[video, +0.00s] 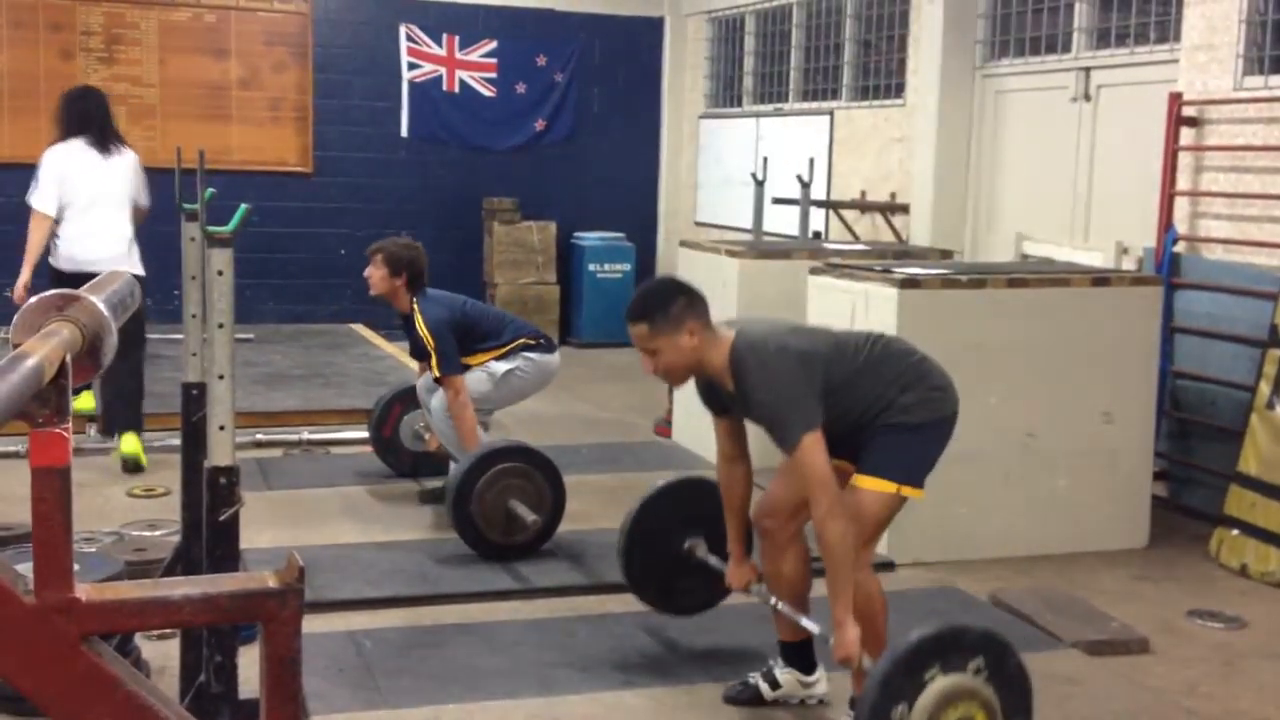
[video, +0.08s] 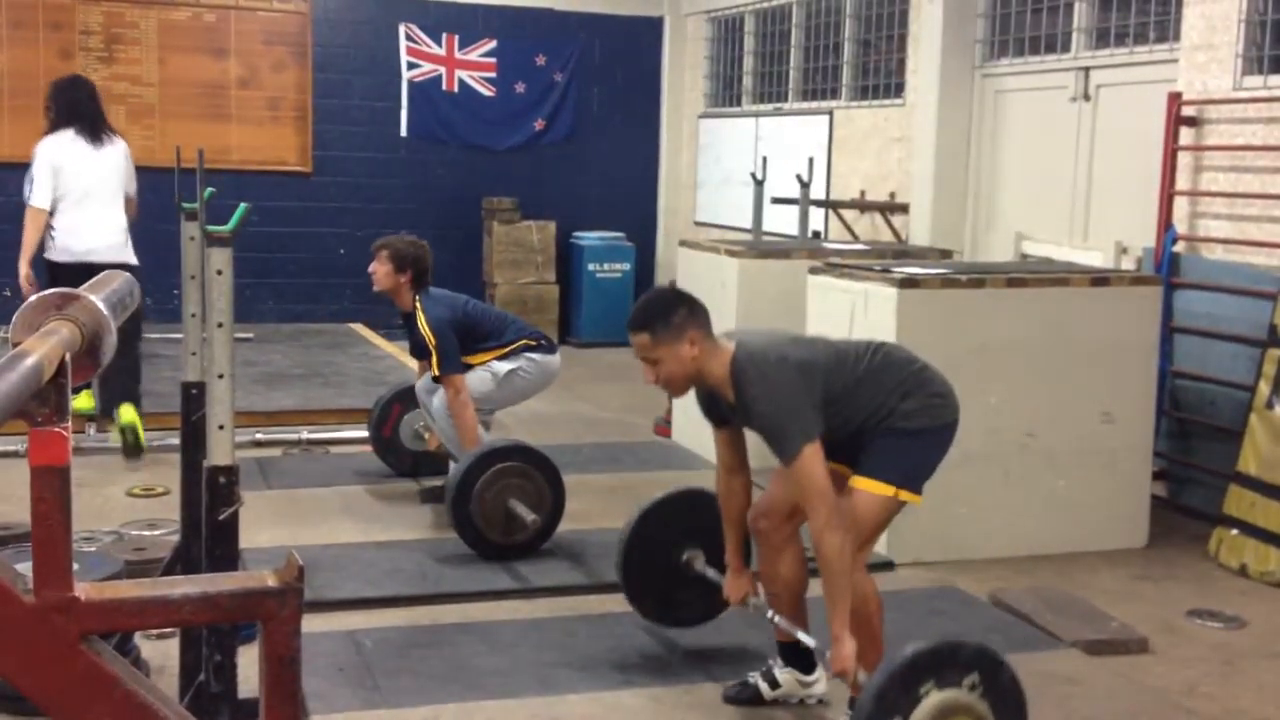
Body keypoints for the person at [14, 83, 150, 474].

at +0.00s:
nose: (61, 119)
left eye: (64, 112)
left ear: (66, 116)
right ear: (105, 115)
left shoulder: (57, 155)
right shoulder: (127, 155)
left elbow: (42, 216)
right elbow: (140, 208)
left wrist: (26, 271)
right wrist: (117, 231)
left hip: (69, 268)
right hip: (122, 269)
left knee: (68, 333)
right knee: (129, 351)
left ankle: (82, 388)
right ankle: (129, 434)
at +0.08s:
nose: (47, 111)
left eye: (49, 106)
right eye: (48, 106)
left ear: (57, 107)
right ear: (93, 104)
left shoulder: (50, 147)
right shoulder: (117, 144)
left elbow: (39, 208)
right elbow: (130, 203)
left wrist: (24, 259)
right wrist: (114, 231)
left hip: (66, 259)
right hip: (117, 257)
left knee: (66, 331)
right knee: (125, 335)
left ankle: (79, 390)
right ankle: (126, 406)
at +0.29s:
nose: (35, 88)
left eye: (38, 82)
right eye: (36, 81)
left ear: (49, 85)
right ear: (80, 83)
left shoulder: (41, 124)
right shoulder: (105, 123)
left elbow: (30, 185)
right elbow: (122, 180)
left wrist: (19, 217)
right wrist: (123, 226)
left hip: (62, 235)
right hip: (108, 232)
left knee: (64, 313)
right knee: (103, 305)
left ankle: (81, 389)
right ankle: (115, 358)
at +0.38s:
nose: (27, 81)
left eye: (31, 75)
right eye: (28, 74)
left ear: (44, 80)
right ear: (74, 79)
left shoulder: (37, 120)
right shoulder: (99, 118)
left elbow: (24, 179)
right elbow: (117, 176)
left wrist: (11, 199)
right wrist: (124, 225)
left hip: (63, 231)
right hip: (105, 225)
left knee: (62, 312)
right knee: (95, 300)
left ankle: (81, 391)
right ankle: (109, 361)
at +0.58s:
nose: (16, 87)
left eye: (20, 81)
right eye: (18, 80)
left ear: (29, 84)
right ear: (62, 80)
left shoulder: (25, 124)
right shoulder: (87, 122)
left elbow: (5, 183)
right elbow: (106, 179)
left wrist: (8, 140)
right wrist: (124, 225)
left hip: (48, 239)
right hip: (90, 236)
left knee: (55, 319)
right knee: (86, 313)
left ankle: (62, 394)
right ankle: (85, 388)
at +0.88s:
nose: (2, 87)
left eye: (4, 80)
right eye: (3, 80)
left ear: (12, 82)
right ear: (41, 78)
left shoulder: (10, 122)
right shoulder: (68, 118)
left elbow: (3, 181)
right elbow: (91, 175)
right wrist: (94, 216)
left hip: (24, 232)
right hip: (67, 229)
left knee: (20, 311)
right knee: (61, 307)